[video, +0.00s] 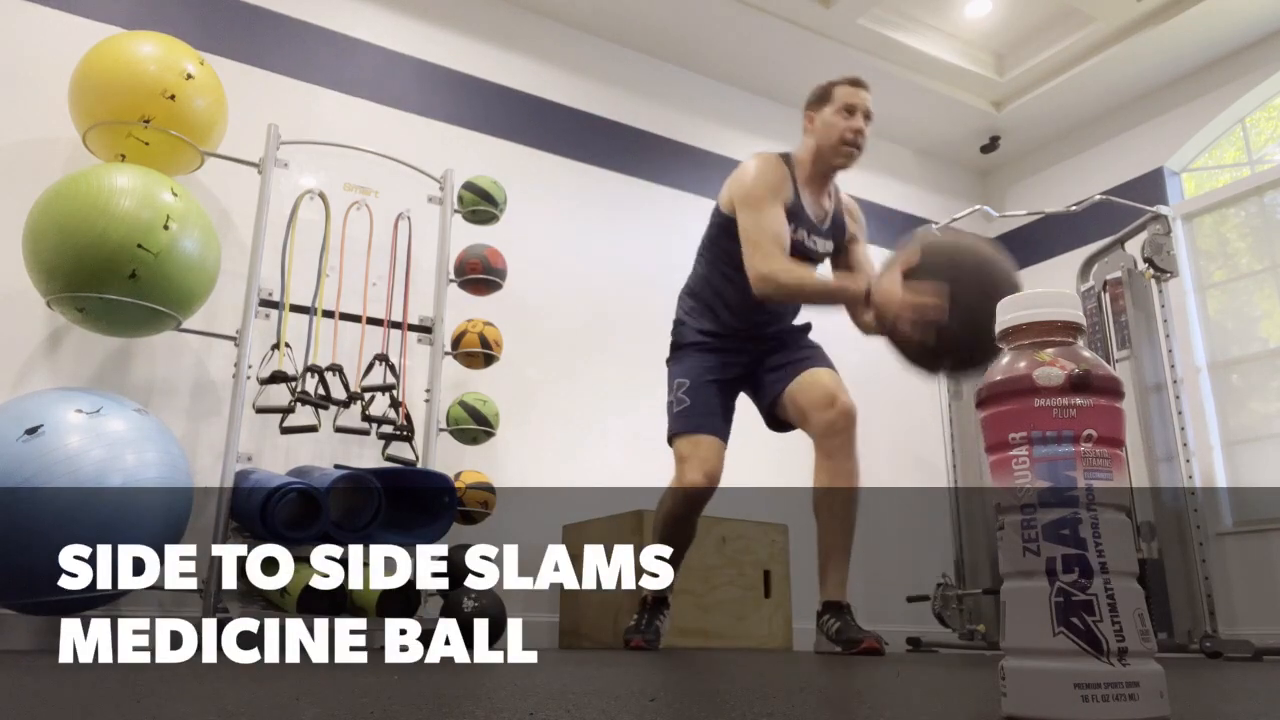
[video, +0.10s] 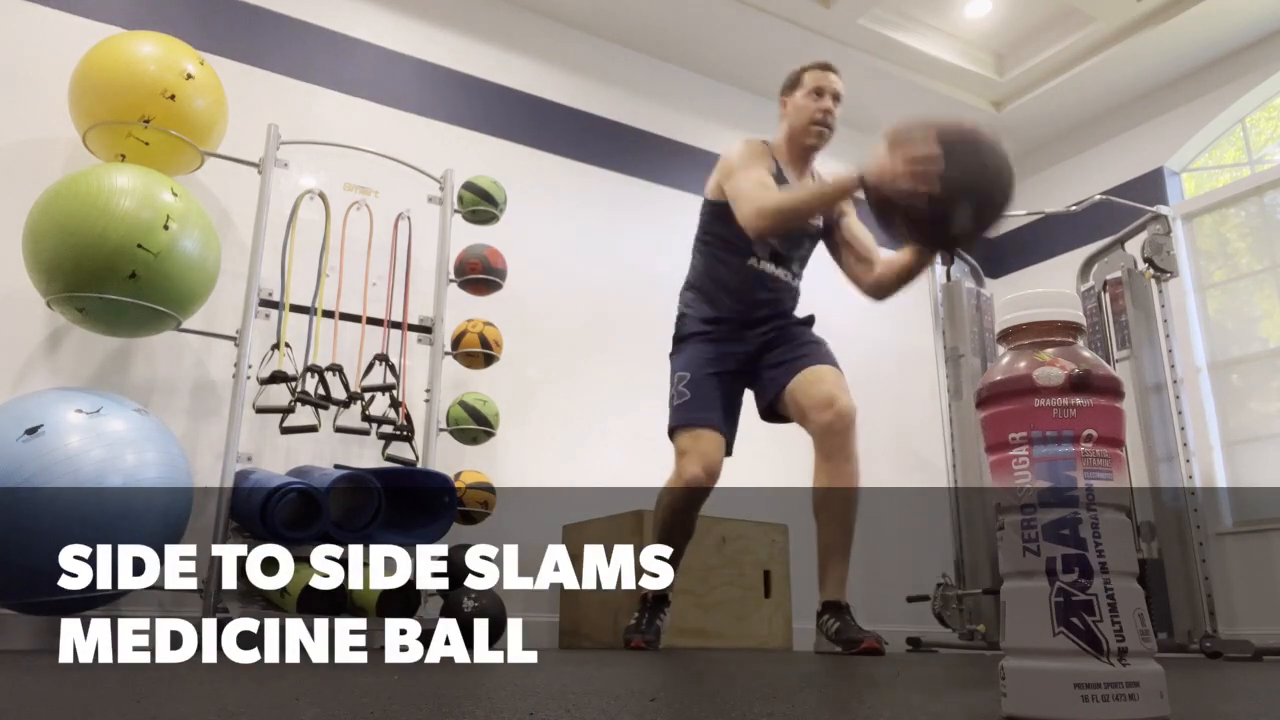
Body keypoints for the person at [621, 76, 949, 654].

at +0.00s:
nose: (859, 126)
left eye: (866, 119)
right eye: (848, 112)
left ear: (867, 135)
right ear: (811, 119)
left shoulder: (846, 213)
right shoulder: (761, 174)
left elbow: (863, 314)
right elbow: (767, 276)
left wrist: (912, 315)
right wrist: (868, 288)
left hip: (777, 338)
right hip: (709, 335)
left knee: (837, 416)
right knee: (698, 476)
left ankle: (834, 612)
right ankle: (654, 600)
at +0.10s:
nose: (827, 106)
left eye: (835, 100)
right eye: (816, 94)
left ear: (837, 117)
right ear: (784, 103)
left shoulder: (828, 193)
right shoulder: (746, 155)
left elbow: (876, 279)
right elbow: (757, 215)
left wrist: (933, 239)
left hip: (780, 331)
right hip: (709, 328)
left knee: (836, 414)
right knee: (698, 470)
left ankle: (833, 611)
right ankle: (653, 600)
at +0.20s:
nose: (802, 105)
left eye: (810, 98)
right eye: (791, 92)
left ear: (818, 115)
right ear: (764, 100)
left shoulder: (819, 190)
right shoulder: (729, 159)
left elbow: (890, 228)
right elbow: (775, 108)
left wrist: (923, 149)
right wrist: (828, 57)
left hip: (789, 323)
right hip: (713, 324)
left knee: (835, 414)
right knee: (694, 465)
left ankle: (833, 610)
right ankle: (654, 598)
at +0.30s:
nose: (786, 91)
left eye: (796, 85)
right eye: (775, 83)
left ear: (808, 105)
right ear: (750, 100)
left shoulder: (821, 178)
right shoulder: (726, 152)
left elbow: (896, 151)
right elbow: (707, 74)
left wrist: (894, 55)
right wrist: (767, 1)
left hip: (797, 311)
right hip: (717, 312)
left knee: (830, 414)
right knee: (687, 461)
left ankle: (833, 608)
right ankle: (655, 595)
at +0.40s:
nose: (761, 84)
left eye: (773, 76)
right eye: (751, 78)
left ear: (796, 91)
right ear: (739, 96)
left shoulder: (823, 152)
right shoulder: (720, 143)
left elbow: (875, 67)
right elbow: (670, 53)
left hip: (799, 300)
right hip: (721, 303)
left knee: (822, 412)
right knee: (681, 448)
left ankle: (834, 608)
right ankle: (667, 598)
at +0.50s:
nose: (737, 72)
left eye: (750, 62)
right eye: (731, 68)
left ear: (782, 72)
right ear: (728, 84)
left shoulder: (815, 116)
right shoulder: (720, 135)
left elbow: (826, 33)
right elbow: (654, 72)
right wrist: (679, 2)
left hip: (794, 284)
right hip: (723, 292)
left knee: (802, 407)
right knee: (683, 433)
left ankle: (840, 603)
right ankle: (687, 599)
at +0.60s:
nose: (712, 76)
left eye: (721, 63)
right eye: (708, 69)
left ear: (755, 56)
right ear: (713, 76)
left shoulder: (793, 81)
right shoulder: (719, 132)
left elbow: (760, 6)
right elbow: (653, 103)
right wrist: (662, 32)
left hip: (789, 259)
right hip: (731, 276)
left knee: (788, 394)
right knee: (693, 423)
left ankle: (863, 590)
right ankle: (693, 596)